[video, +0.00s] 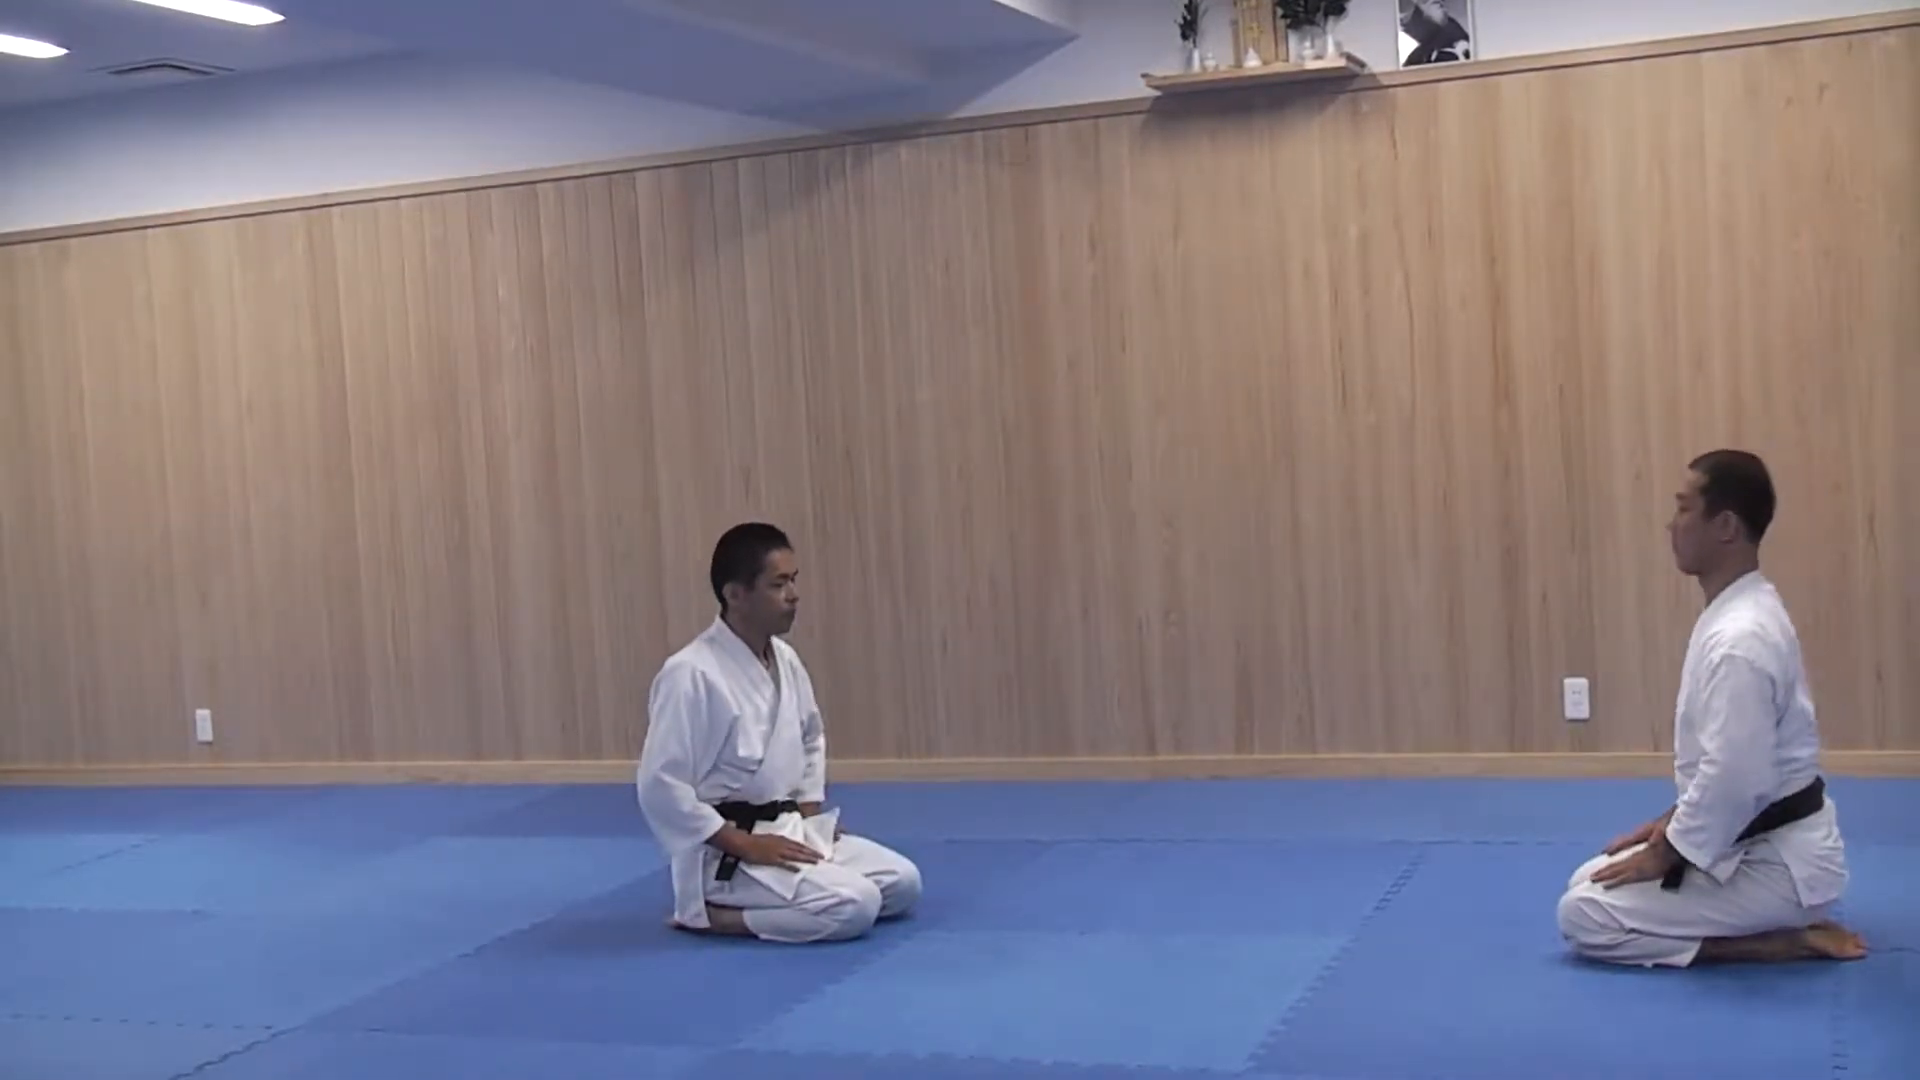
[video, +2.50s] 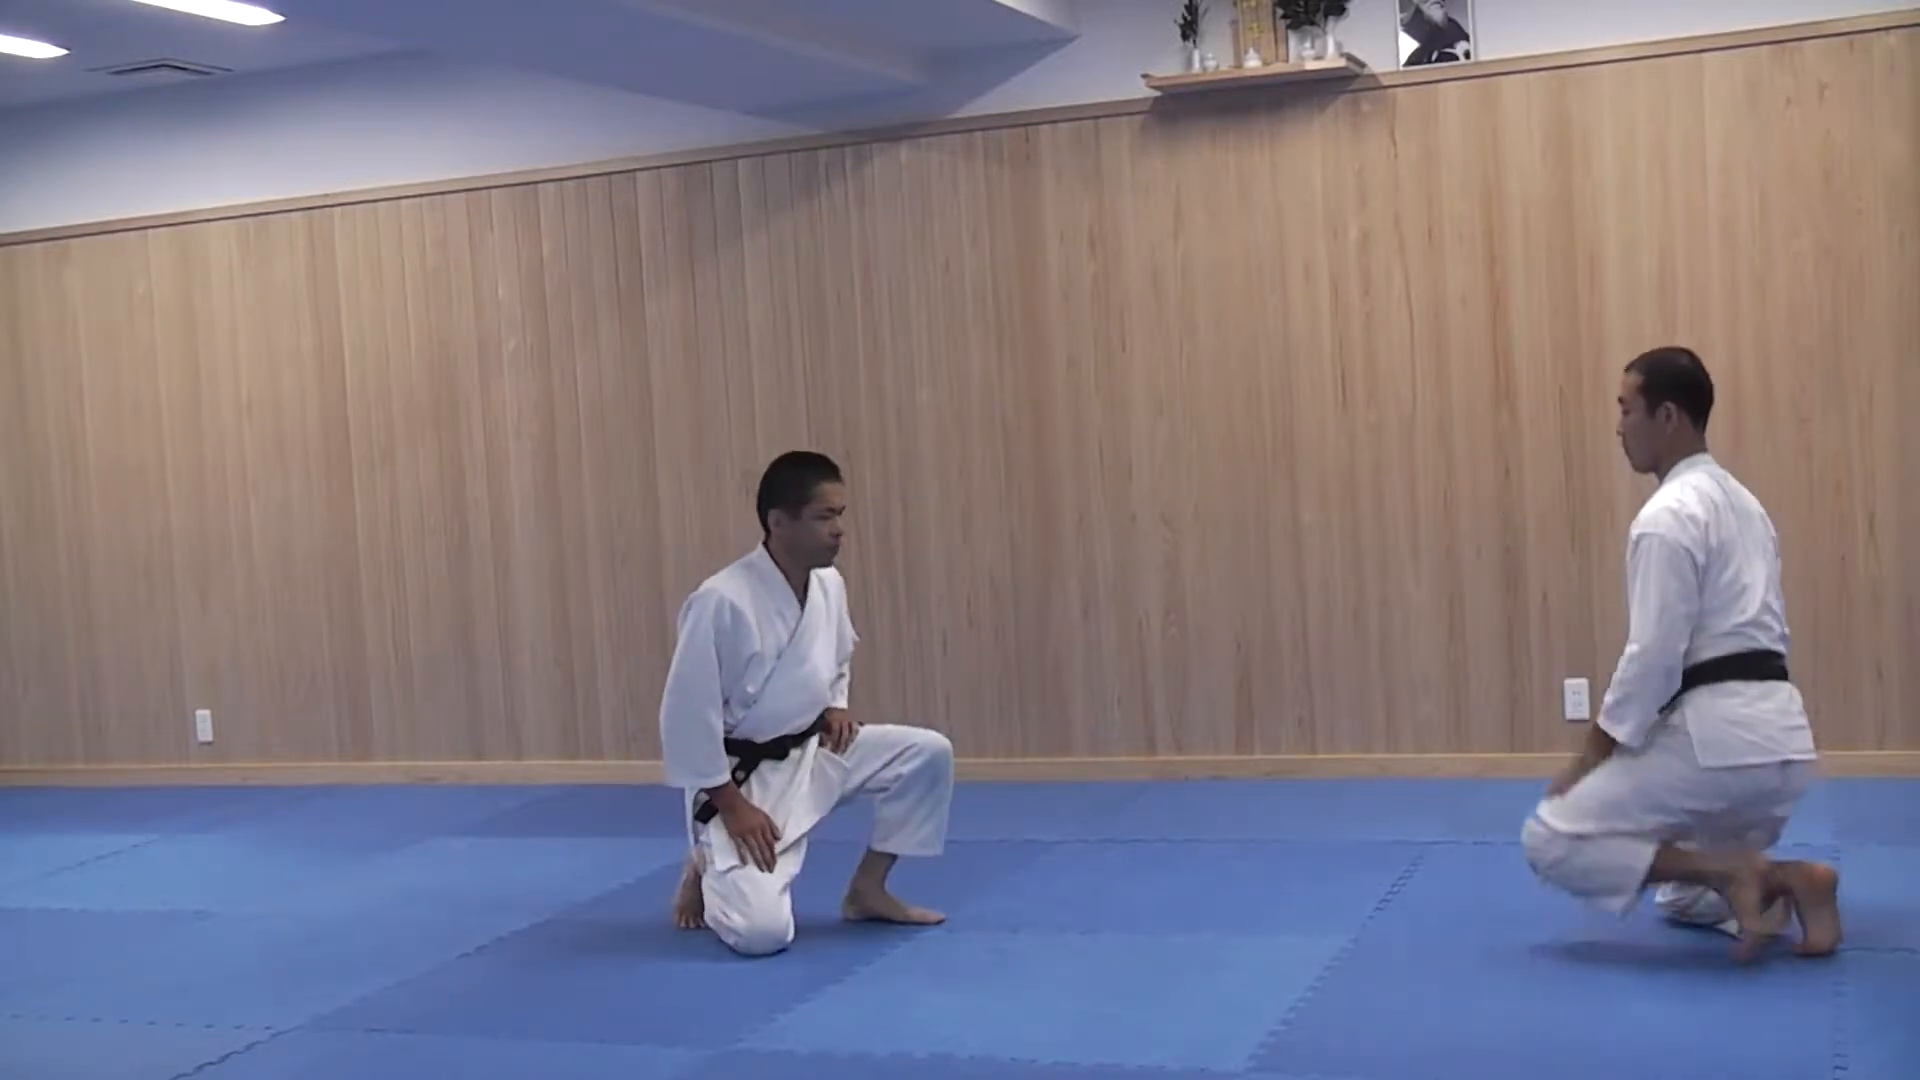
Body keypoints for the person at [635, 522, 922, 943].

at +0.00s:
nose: (793, 594)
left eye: (793, 581)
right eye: (779, 585)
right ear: (736, 595)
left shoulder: (784, 659)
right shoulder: (691, 673)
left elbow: (811, 740)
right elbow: (659, 785)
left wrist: (809, 813)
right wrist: (742, 843)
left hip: (788, 833)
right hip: (721, 853)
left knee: (901, 882)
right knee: (853, 907)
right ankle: (714, 917)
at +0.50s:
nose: (917, 566)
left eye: (918, 552)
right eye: (904, 555)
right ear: (857, 557)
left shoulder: (886, 620)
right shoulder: (798, 620)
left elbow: (878, 713)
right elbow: (735, 722)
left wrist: (847, 796)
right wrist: (786, 809)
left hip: (824, 796)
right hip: (760, 805)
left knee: (904, 890)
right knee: (860, 912)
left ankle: (761, 891)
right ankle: (719, 914)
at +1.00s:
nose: (946, 510)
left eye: (947, 496)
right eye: (933, 496)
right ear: (885, 502)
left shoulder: (919, 572)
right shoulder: (833, 574)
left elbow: (908, 687)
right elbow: (804, 695)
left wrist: (888, 780)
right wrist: (835, 787)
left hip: (867, 765)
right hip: (802, 775)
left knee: (918, 894)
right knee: (874, 917)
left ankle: (777, 857)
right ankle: (737, 868)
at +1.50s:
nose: (866, 553)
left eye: (869, 539)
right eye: (854, 540)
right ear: (806, 540)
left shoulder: (856, 616)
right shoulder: (748, 611)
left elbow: (865, 720)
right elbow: (705, 726)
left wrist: (845, 808)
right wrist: (760, 804)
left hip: (819, 799)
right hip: (744, 804)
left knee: (912, 896)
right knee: (819, 922)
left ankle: (782, 867)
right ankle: (719, 878)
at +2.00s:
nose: (772, 536)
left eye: (774, 521)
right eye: (758, 524)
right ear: (711, 529)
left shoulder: (775, 597)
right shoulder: (656, 613)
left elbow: (805, 680)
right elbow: (638, 733)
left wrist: (813, 751)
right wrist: (695, 804)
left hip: (777, 777)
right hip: (705, 793)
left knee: (884, 859)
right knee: (762, 929)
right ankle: (698, 887)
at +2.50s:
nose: (840, 529)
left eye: (841, 515)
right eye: (826, 516)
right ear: (777, 522)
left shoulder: (827, 584)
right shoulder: (721, 602)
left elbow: (838, 659)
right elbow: (686, 720)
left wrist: (836, 705)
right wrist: (733, 806)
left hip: (817, 750)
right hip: (751, 780)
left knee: (928, 752)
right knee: (763, 936)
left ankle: (868, 887)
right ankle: (703, 871)